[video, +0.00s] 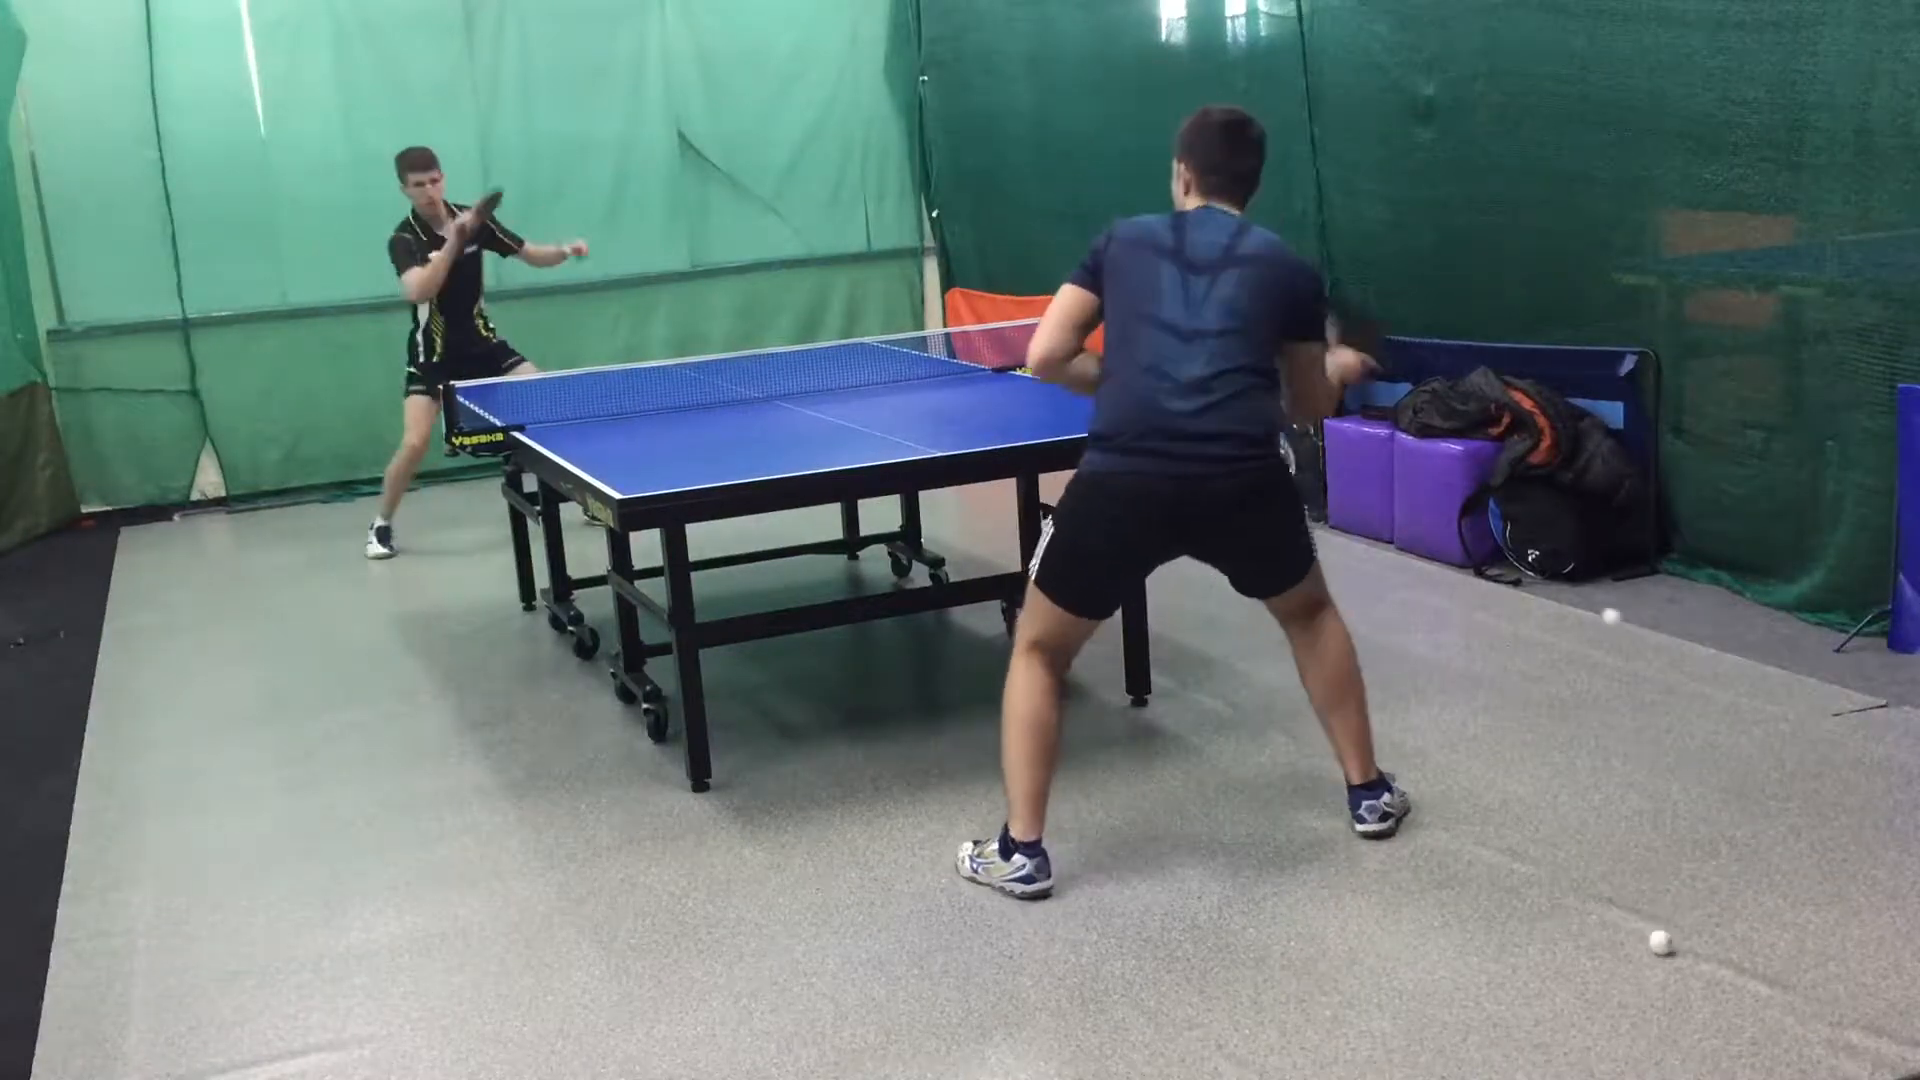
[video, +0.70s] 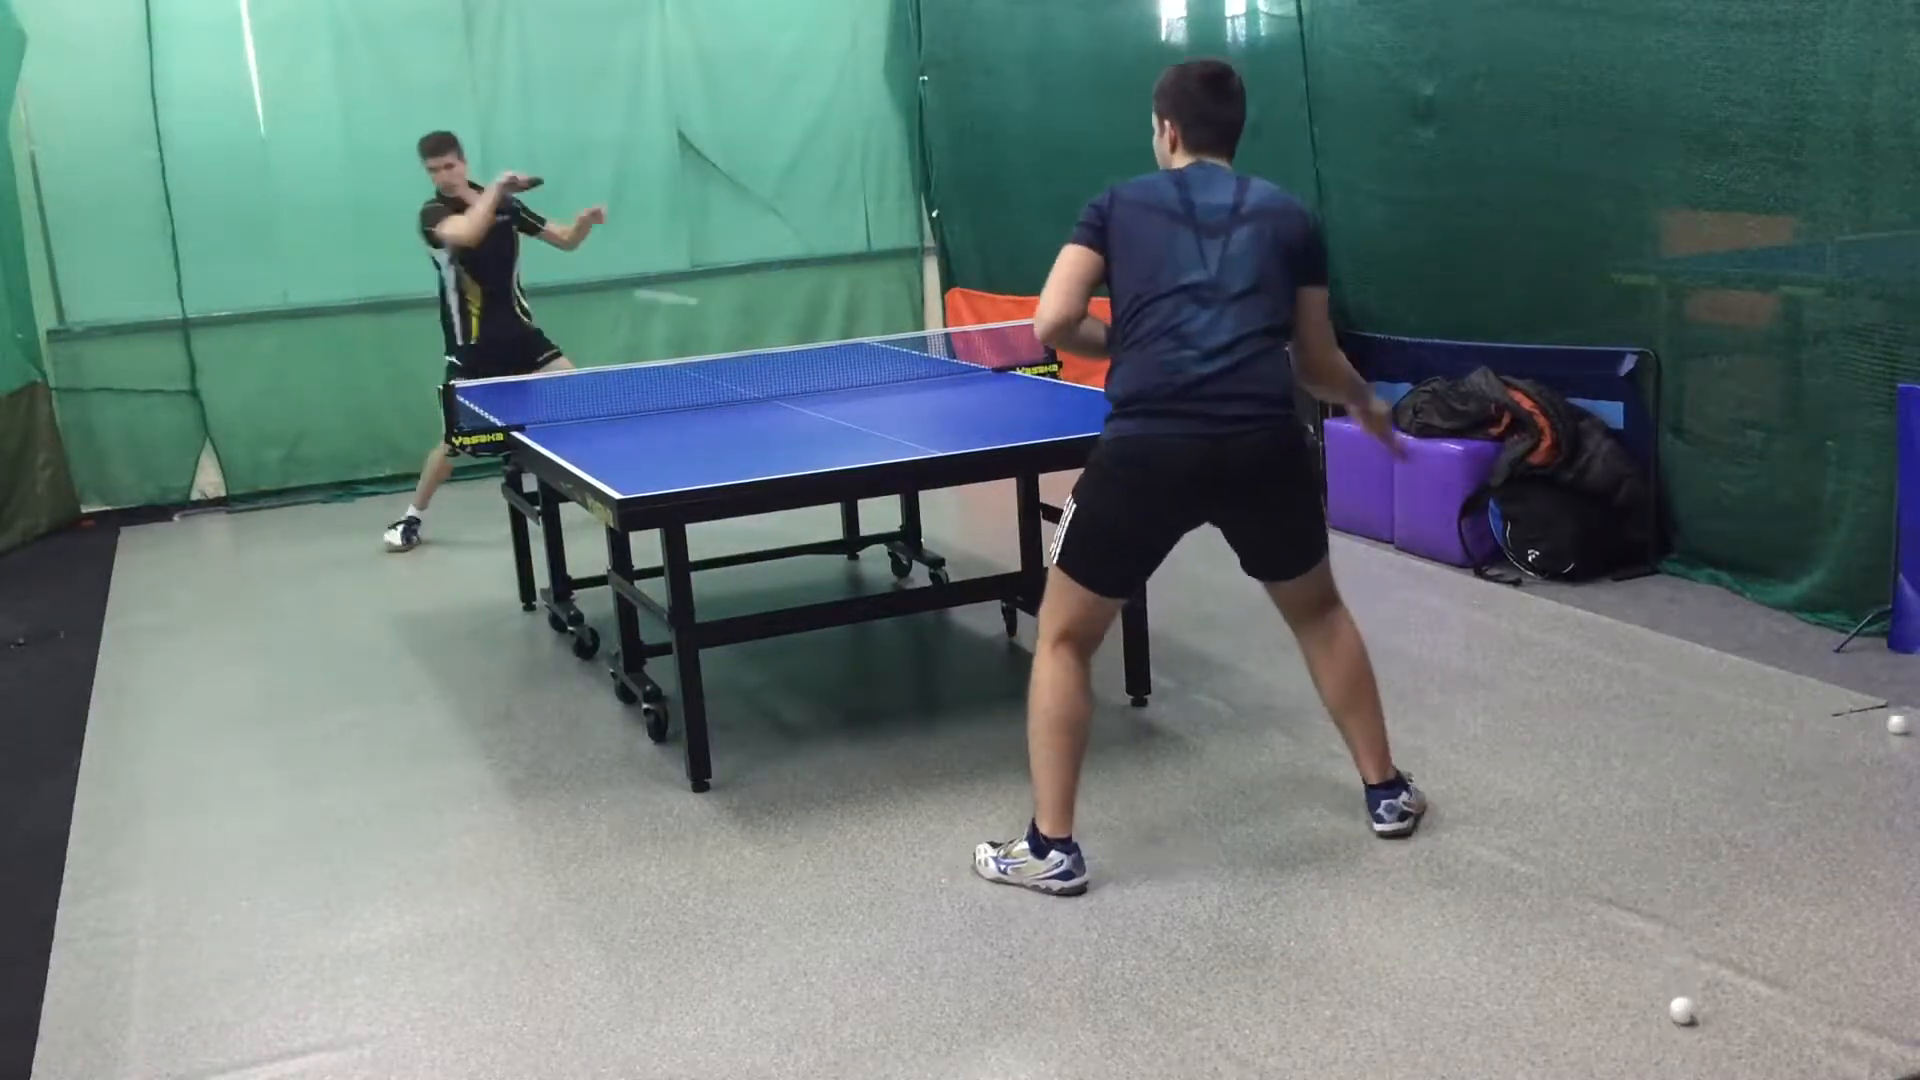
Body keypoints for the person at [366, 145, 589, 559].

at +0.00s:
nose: (431, 190)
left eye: (435, 181)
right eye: (420, 184)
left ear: (443, 179)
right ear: (405, 189)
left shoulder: (473, 219)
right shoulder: (405, 238)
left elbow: (529, 254)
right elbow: (418, 290)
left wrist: (563, 251)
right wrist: (452, 244)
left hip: (482, 342)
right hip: (432, 353)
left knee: (550, 396)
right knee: (416, 443)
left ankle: (589, 493)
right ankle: (382, 524)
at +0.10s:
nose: (426, 188)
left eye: (429, 178)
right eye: (415, 182)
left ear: (437, 174)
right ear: (399, 185)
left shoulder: (474, 216)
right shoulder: (395, 239)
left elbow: (526, 255)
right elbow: (393, 304)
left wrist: (555, 273)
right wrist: (429, 282)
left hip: (489, 334)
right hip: (435, 342)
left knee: (548, 400)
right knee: (403, 428)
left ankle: (591, 495)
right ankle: (384, 522)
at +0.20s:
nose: (408, 194)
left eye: (412, 184)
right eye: (397, 188)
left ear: (421, 179)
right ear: (382, 190)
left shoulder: (454, 219)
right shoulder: (381, 242)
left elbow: (505, 272)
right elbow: (380, 304)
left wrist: (514, 310)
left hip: (485, 323)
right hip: (436, 332)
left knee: (541, 396)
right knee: (400, 422)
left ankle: (566, 480)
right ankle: (406, 516)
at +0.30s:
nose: (392, 217)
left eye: (396, 207)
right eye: (381, 210)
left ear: (404, 200)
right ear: (366, 211)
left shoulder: (441, 241)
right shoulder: (373, 259)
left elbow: (467, 310)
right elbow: (376, 332)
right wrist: (348, 363)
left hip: (486, 329)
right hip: (436, 336)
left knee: (537, 407)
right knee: (401, 424)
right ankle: (408, 518)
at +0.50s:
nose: (389, 215)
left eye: (395, 204)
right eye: (380, 207)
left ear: (410, 197)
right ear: (373, 207)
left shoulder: (445, 231)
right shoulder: (394, 253)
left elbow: (499, 273)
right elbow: (399, 322)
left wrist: (470, 297)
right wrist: (351, 339)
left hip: (500, 336)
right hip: (449, 341)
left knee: (536, 419)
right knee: (407, 424)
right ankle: (410, 518)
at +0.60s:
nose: (416, 187)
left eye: (420, 176)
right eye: (408, 180)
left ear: (437, 170)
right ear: (403, 184)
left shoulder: (484, 205)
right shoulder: (410, 229)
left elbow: (544, 242)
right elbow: (408, 288)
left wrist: (512, 239)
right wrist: (415, 276)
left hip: (511, 332)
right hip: (456, 343)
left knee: (559, 406)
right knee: (427, 431)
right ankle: (414, 517)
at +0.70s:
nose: (445, 175)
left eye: (450, 166)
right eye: (436, 169)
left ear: (464, 162)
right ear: (428, 174)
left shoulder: (501, 203)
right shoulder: (433, 214)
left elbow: (564, 240)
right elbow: (467, 233)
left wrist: (581, 224)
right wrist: (497, 190)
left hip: (521, 337)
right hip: (472, 350)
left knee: (580, 396)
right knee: (454, 441)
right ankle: (413, 517)